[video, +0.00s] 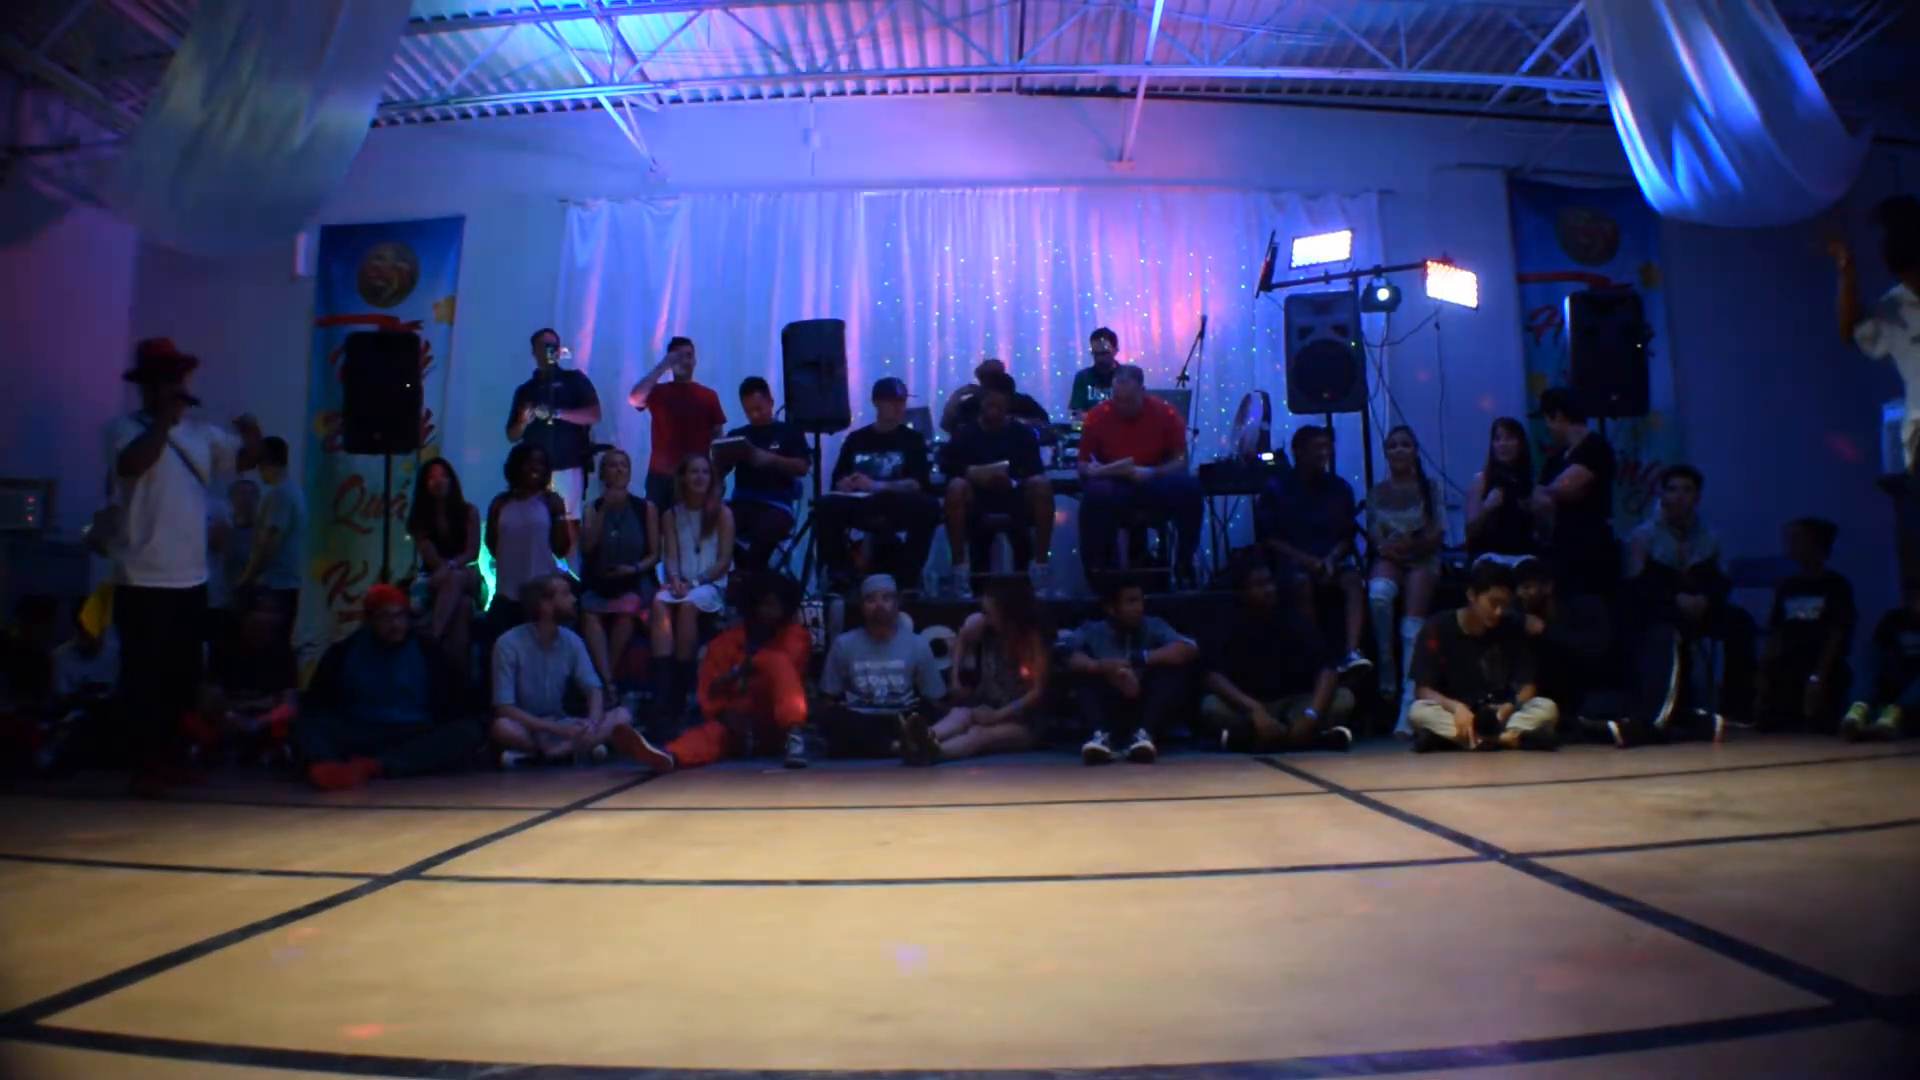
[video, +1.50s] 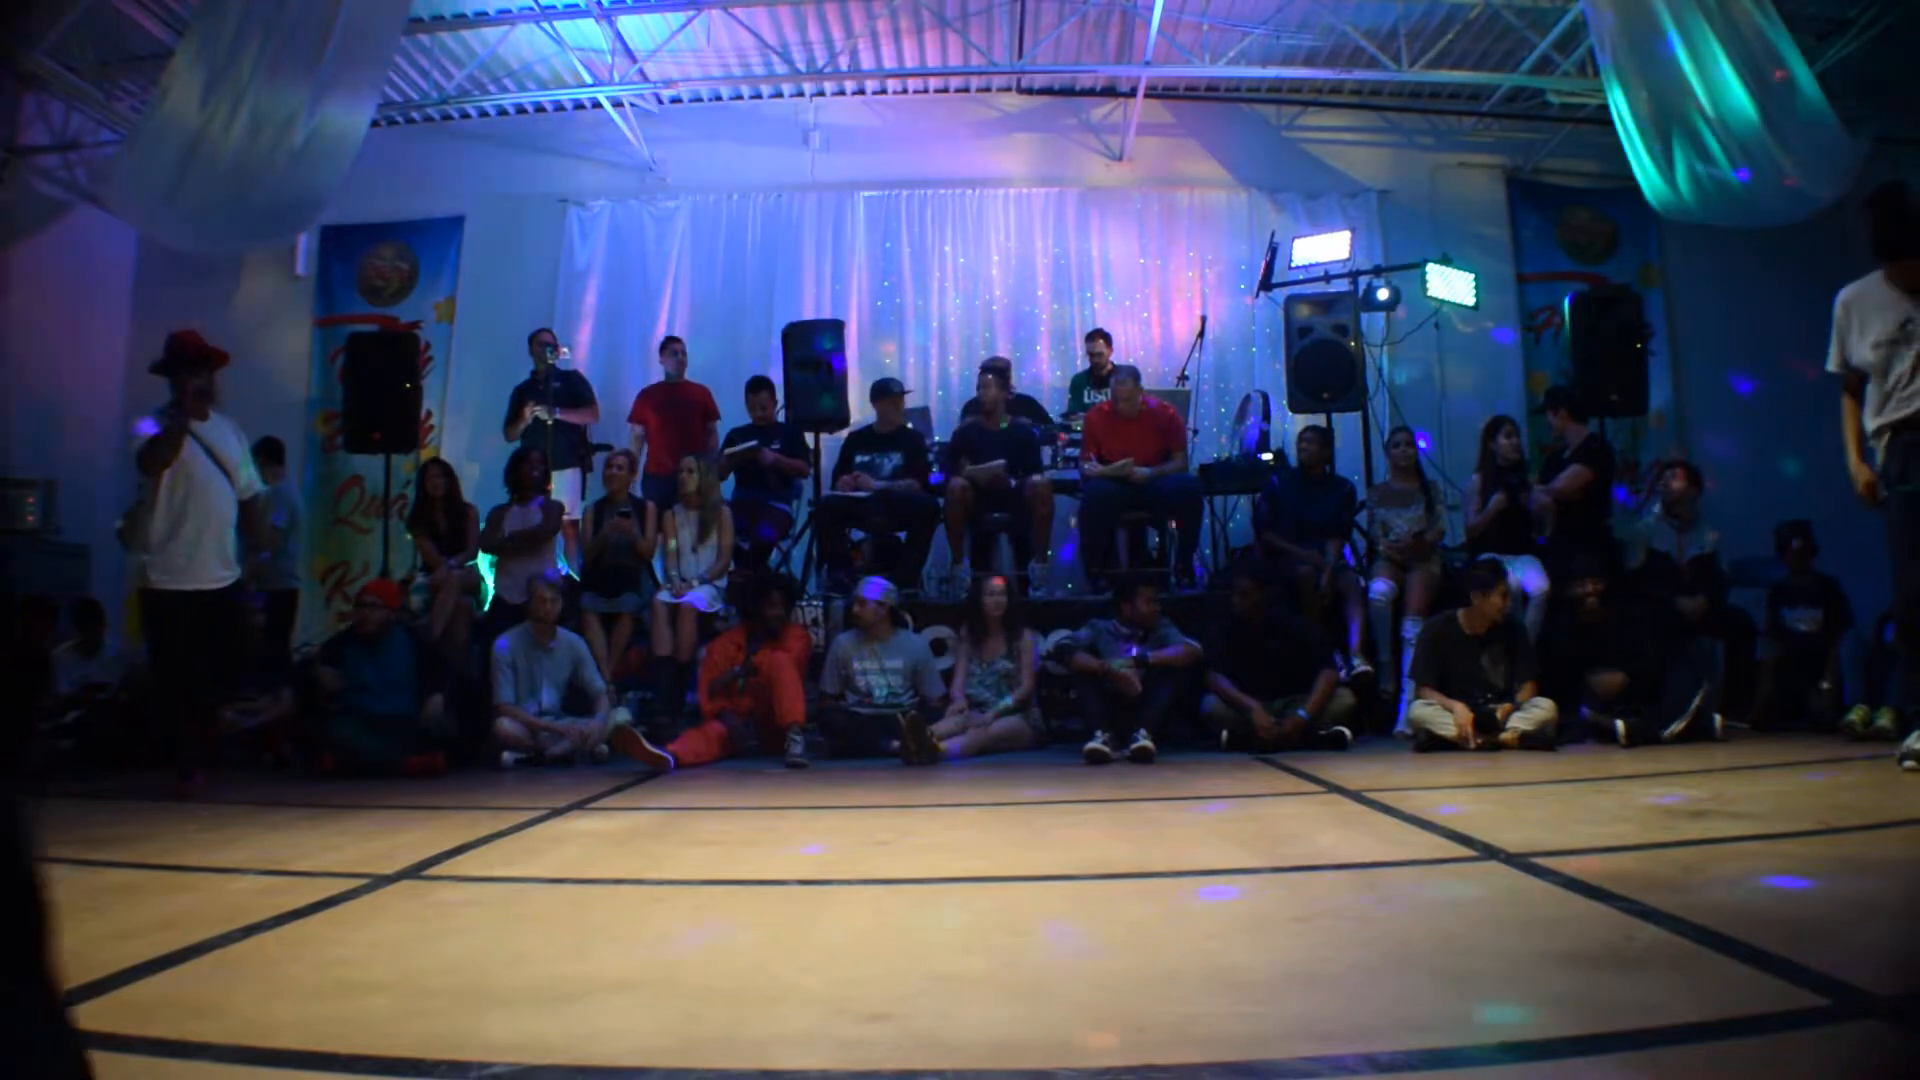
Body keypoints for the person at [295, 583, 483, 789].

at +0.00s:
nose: (396, 624)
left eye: (401, 616)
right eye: (388, 617)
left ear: (408, 617)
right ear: (371, 620)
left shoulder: (425, 651)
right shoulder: (344, 654)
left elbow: (447, 697)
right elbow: (317, 704)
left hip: (415, 732)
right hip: (357, 732)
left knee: (467, 733)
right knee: (307, 725)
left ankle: (379, 766)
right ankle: (327, 766)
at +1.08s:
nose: (383, 613)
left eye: (390, 605)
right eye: (377, 605)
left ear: (404, 611)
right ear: (369, 609)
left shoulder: (422, 643)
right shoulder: (349, 644)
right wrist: (352, 730)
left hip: (419, 720)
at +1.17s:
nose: (380, 611)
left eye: (388, 605)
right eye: (374, 604)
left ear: (403, 610)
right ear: (366, 607)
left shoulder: (422, 642)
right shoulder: (349, 640)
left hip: (414, 715)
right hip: (363, 716)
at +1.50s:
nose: (365, 614)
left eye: (373, 607)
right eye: (361, 606)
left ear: (389, 612)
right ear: (354, 609)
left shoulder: (410, 642)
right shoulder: (345, 641)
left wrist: (435, 697)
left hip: (404, 717)